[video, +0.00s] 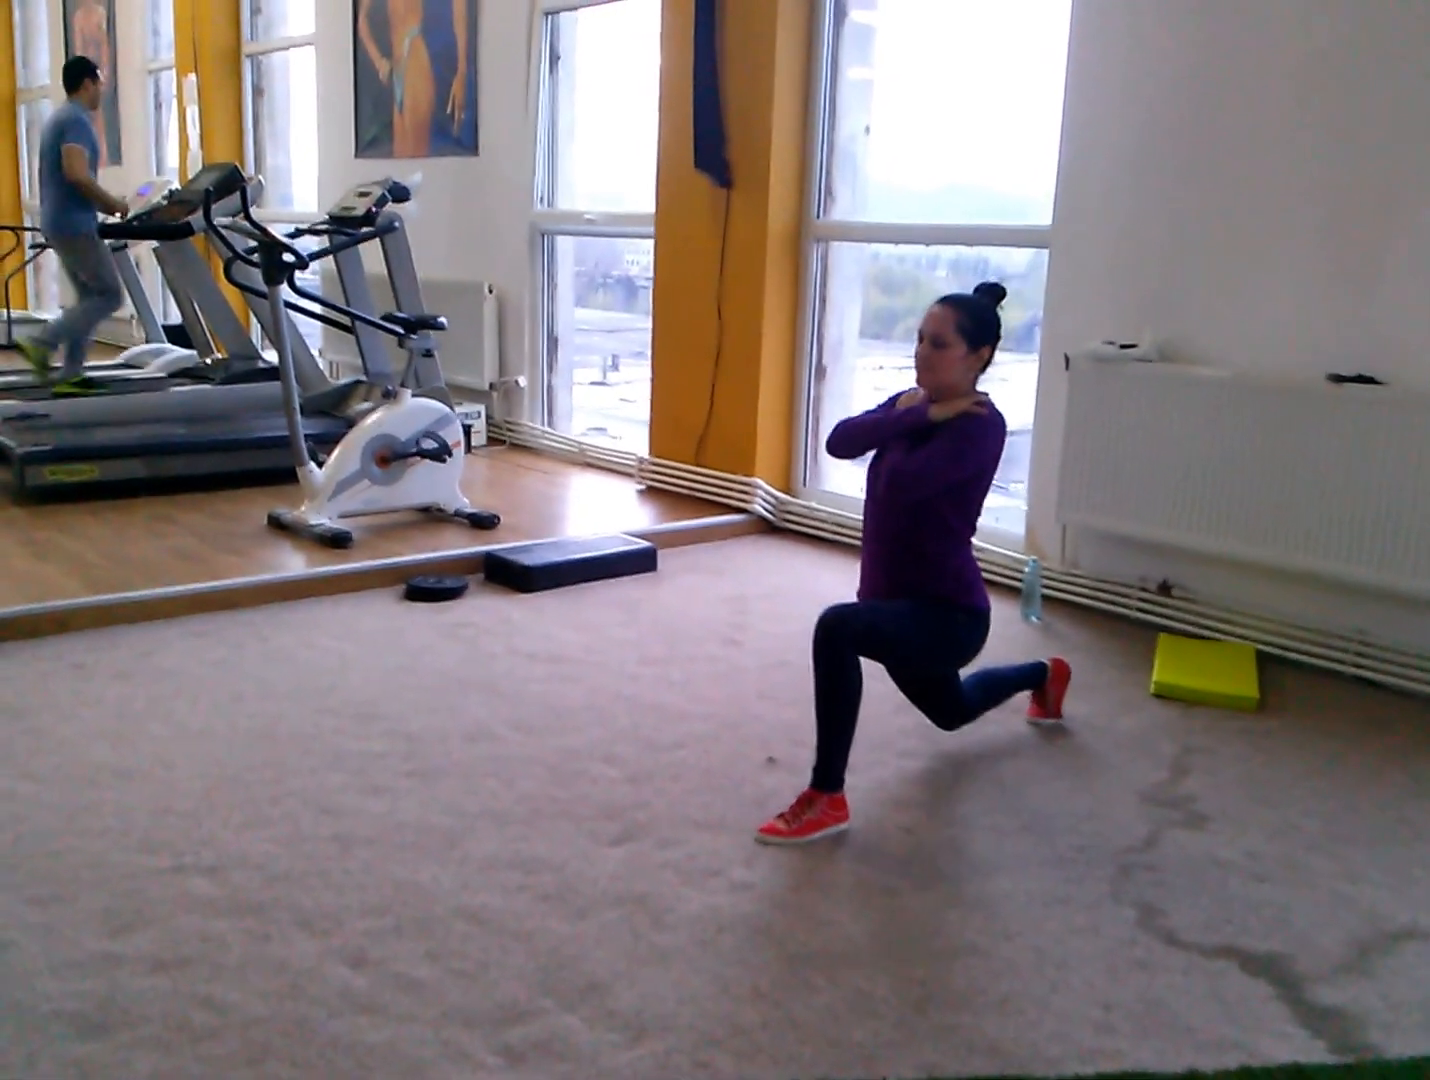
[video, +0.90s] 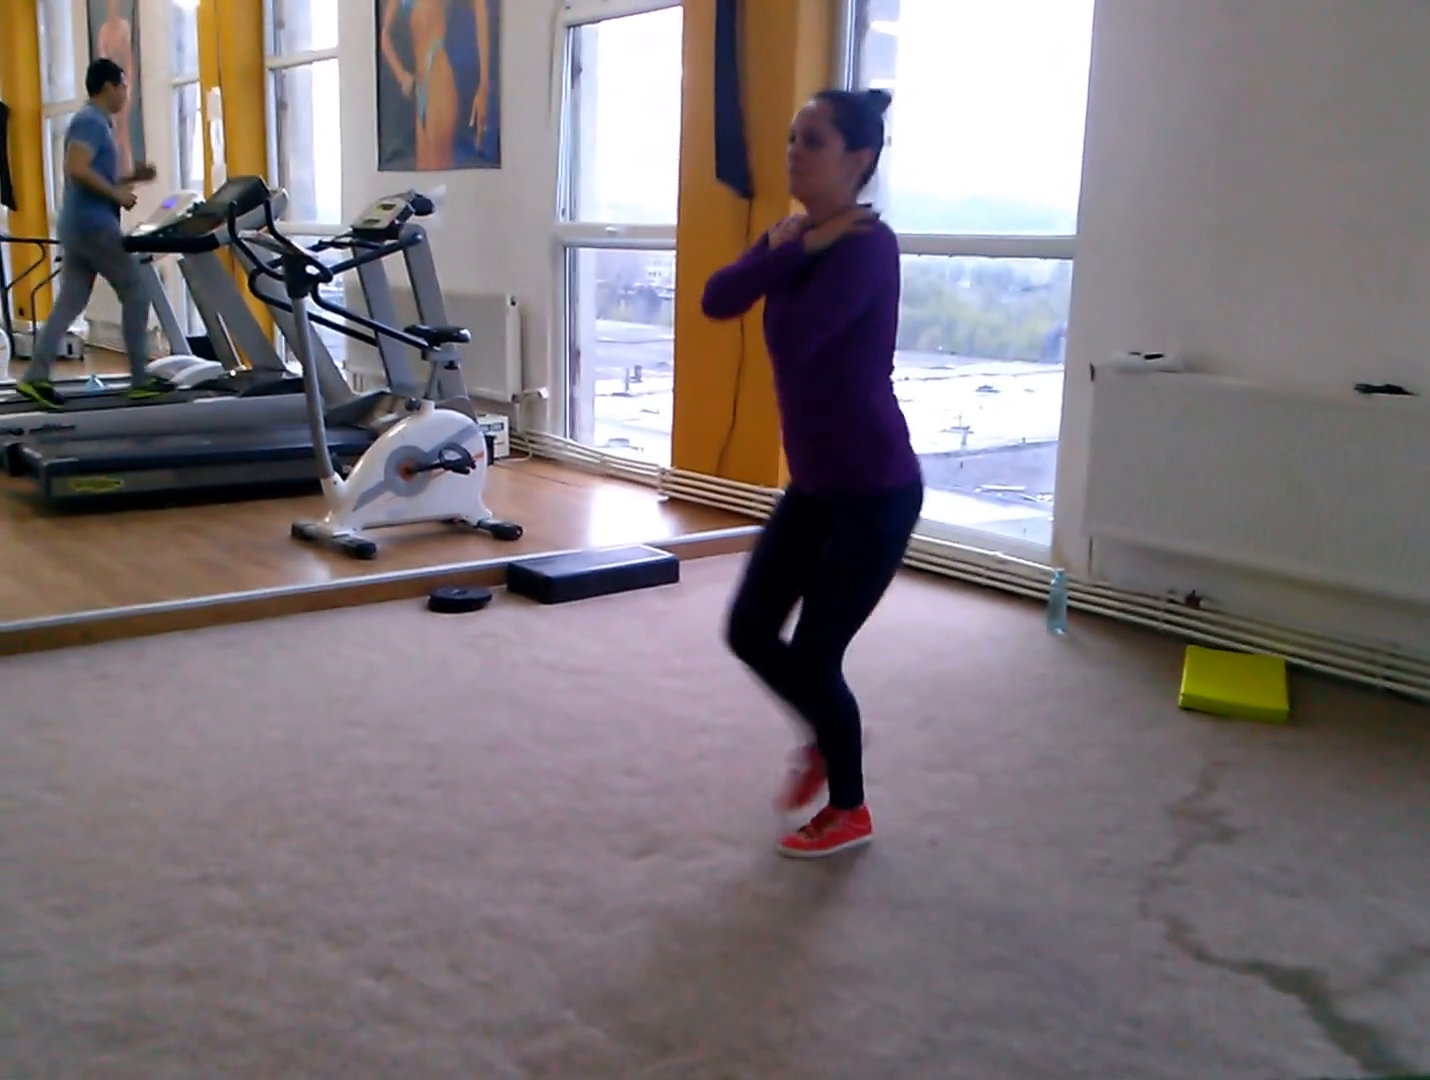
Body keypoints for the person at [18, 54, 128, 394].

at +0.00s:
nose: (101, 89)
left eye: (100, 83)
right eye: (99, 83)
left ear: (74, 85)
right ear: (87, 84)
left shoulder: (63, 119)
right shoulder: (75, 120)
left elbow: (72, 179)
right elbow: (76, 174)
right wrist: (114, 205)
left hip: (62, 224)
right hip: (73, 225)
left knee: (90, 297)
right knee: (109, 294)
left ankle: (73, 372)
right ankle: (43, 341)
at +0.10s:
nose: (105, 87)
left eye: (104, 80)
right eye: (102, 80)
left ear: (80, 80)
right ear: (89, 79)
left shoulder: (77, 115)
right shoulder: (71, 114)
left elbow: (81, 169)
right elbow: (62, 164)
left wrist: (115, 176)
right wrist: (103, 188)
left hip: (62, 221)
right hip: (72, 221)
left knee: (63, 298)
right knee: (124, 281)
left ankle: (34, 372)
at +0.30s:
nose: (112, 92)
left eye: (111, 85)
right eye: (110, 85)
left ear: (85, 86)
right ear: (98, 85)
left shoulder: (81, 121)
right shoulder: (78, 123)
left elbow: (79, 171)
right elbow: (70, 172)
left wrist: (112, 171)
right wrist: (108, 202)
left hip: (75, 227)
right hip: (82, 228)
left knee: (87, 298)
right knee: (117, 296)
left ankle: (19, 344)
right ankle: (105, 377)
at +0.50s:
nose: (116, 90)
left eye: (115, 83)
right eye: (114, 83)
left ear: (84, 84)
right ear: (103, 84)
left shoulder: (61, 118)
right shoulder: (94, 121)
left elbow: (39, 163)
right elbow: (102, 174)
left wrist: (70, 183)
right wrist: (128, 181)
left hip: (69, 226)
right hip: (84, 228)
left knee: (122, 286)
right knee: (72, 302)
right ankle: (35, 376)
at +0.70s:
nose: (118, 98)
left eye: (116, 91)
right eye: (115, 91)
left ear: (88, 93)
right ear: (104, 92)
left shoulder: (71, 127)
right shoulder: (95, 128)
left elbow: (54, 182)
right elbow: (98, 180)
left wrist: (92, 195)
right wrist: (123, 205)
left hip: (73, 229)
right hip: (91, 230)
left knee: (111, 304)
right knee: (115, 305)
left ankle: (103, 382)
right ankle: (41, 351)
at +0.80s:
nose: (120, 101)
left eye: (118, 94)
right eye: (115, 94)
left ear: (95, 96)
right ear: (103, 96)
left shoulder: (86, 131)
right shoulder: (92, 132)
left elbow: (90, 187)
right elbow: (85, 179)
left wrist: (127, 203)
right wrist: (122, 206)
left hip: (79, 238)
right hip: (92, 238)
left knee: (92, 307)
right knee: (139, 294)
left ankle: (71, 377)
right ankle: (87, 362)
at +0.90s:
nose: (126, 94)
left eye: (125, 87)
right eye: (122, 87)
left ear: (102, 88)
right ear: (108, 88)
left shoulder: (97, 124)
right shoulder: (90, 121)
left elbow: (97, 178)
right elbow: (77, 168)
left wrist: (132, 176)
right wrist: (115, 193)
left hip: (82, 227)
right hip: (92, 227)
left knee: (70, 302)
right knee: (136, 290)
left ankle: (36, 377)